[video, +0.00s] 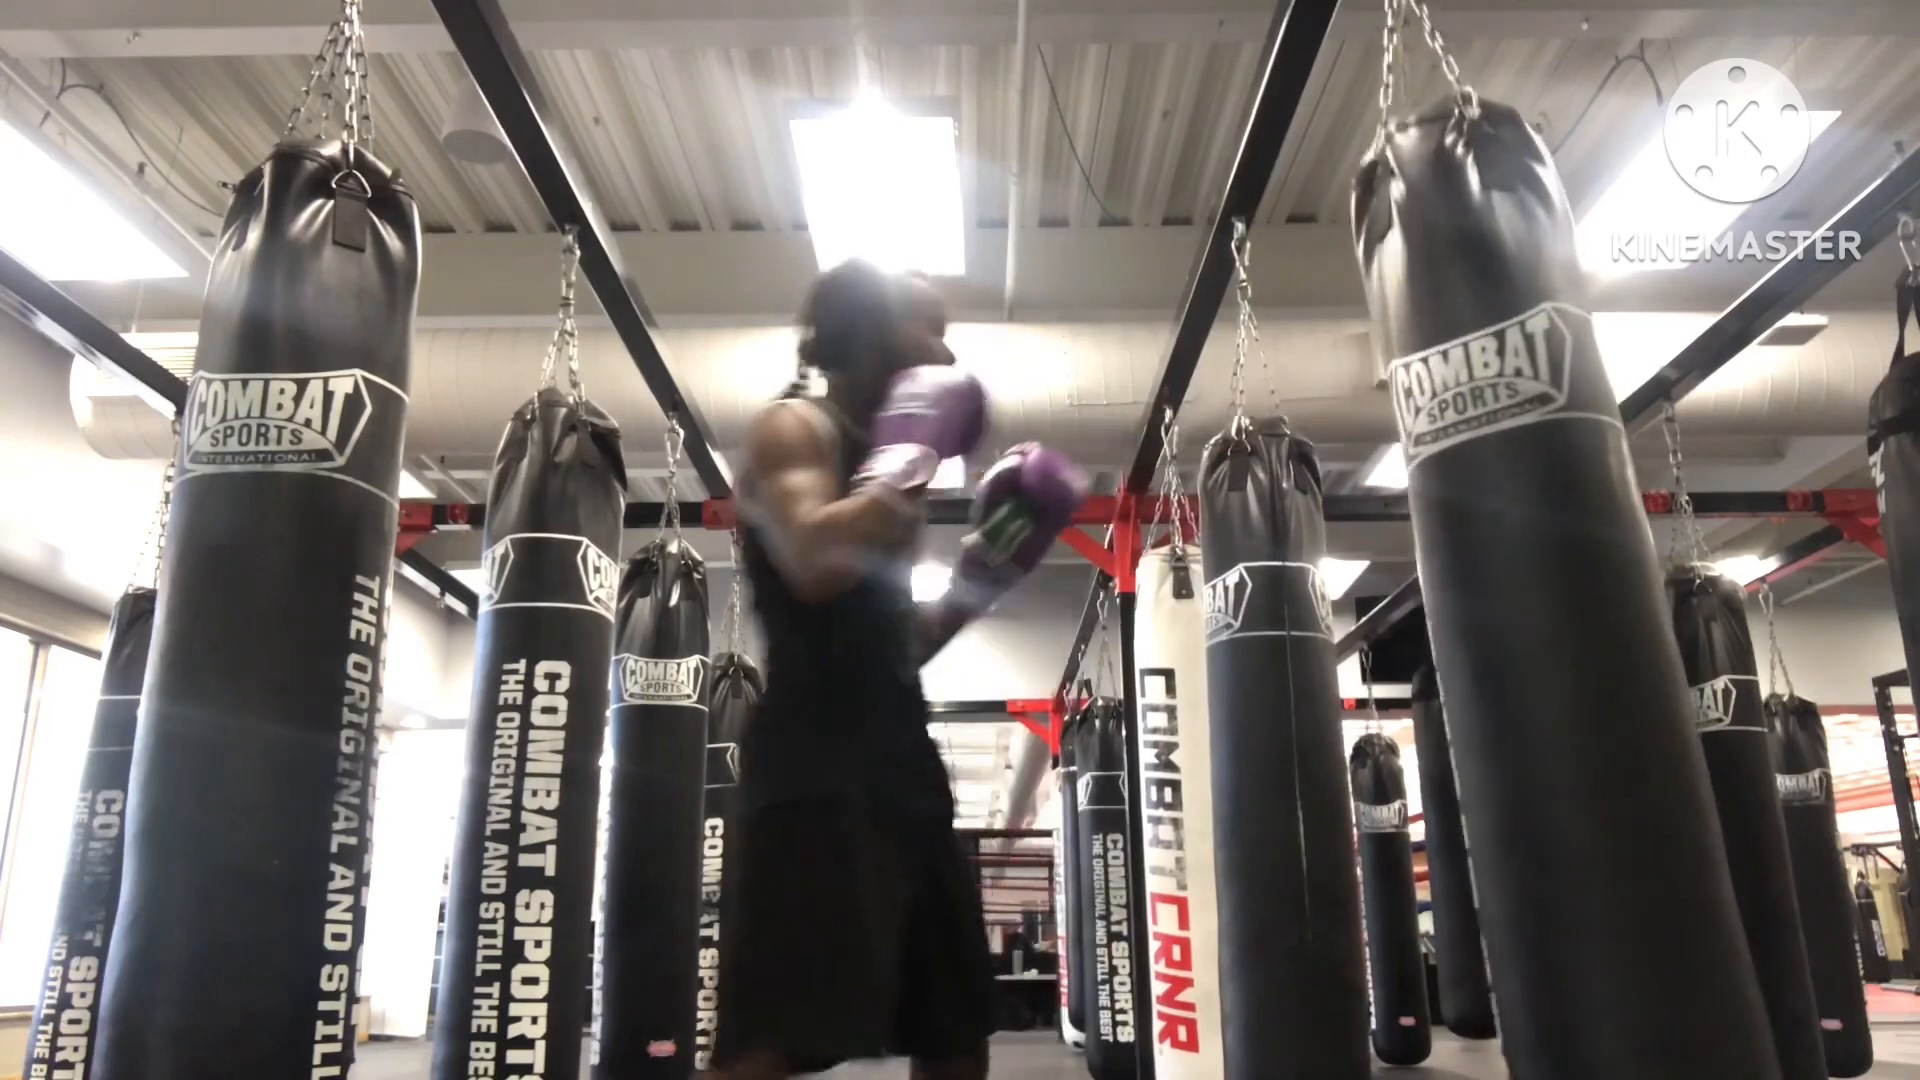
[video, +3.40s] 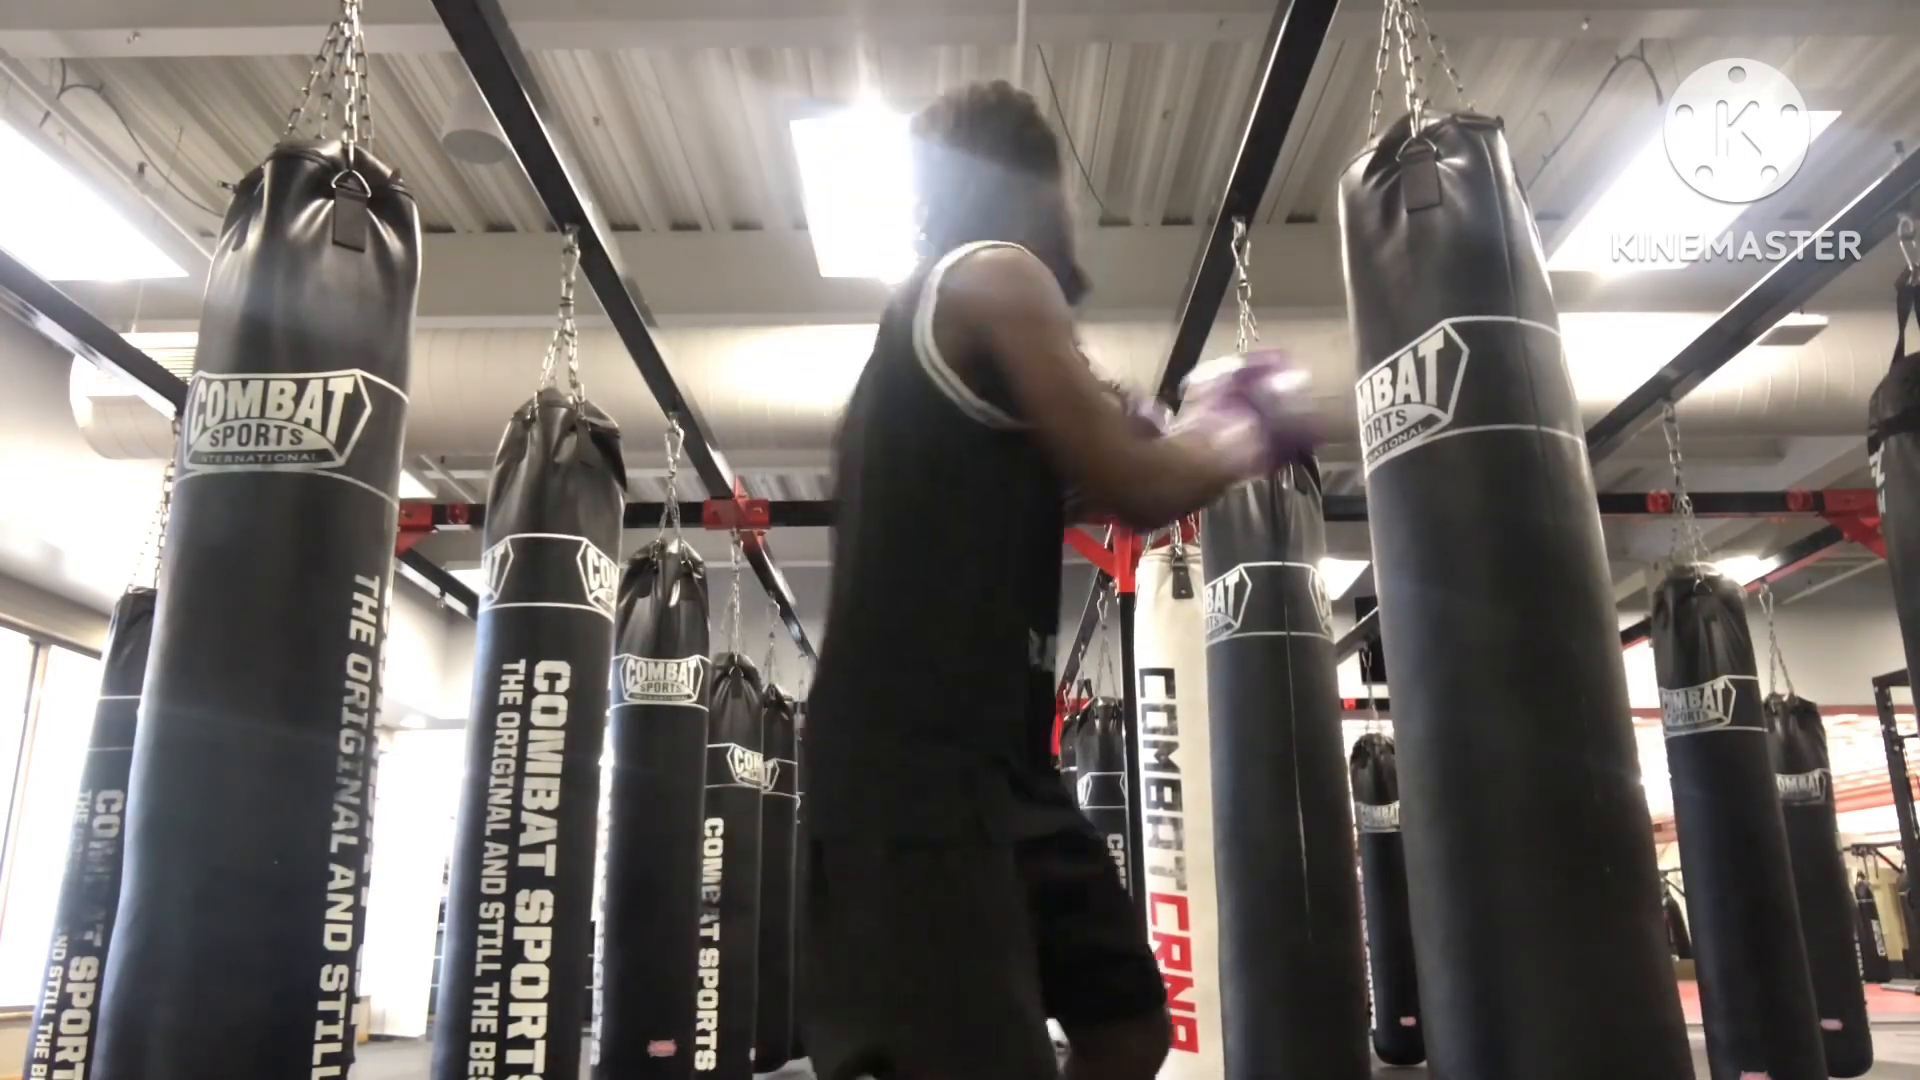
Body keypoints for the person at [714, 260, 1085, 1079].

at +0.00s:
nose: (946, 352)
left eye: (944, 332)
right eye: (930, 329)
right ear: (875, 332)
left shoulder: (878, 463)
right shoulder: (792, 425)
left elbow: (894, 652)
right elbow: (811, 558)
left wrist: (977, 577)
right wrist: (918, 450)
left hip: (897, 763)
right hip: (814, 766)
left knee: (952, 1030)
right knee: (771, 1035)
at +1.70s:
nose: (1017, 283)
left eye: (1017, 258)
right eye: (1006, 249)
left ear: (931, 247)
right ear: (948, 233)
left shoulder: (927, 373)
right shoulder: (859, 294)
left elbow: (994, 587)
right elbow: (935, 481)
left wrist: (1029, 470)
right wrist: (1040, 407)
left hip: (941, 752)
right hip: (852, 745)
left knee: (1008, 1042)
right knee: (843, 1042)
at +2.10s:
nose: (1023, 224)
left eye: (1022, 198)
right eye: (1015, 193)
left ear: (900, 168)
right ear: (971, 178)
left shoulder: (851, 282)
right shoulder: (904, 239)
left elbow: (984, 494)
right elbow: (992, 475)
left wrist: (1073, 418)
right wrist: (1075, 408)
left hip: (844, 777)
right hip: (891, 776)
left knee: (886, 1043)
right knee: (941, 1041)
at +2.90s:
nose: (1043, 169)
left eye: (885, 148)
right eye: (1034, 145)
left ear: (913, 147)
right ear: (1004, 138)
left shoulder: (908, 261)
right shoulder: (956, 232)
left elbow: (999, 491)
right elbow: (1011, 460)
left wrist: (1111, 451)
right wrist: (1109, 399)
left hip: (894, 732)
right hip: (935, 735)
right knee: (978, 1038)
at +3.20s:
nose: (1047, 163)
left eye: (1042, 145)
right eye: (1041, 141)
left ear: (904, 157)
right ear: (1019, 140)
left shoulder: (862, 313)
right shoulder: (988, 229)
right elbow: (1105, 467)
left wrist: (1084, 372)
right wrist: (1156, 378)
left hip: (855, 764)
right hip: (945, 765)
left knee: (1059, 1035)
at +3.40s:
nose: (1076, 210)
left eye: (1070, 182)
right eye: (1068, 180)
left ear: (946, 184)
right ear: (1030, 181)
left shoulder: (929, 312)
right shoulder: (997, 279)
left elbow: (1088, 481)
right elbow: (1138, 485)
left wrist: (1199, 424)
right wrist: (1255, 442)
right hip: (933, 779)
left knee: (1124, 1031)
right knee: (980, 1055)